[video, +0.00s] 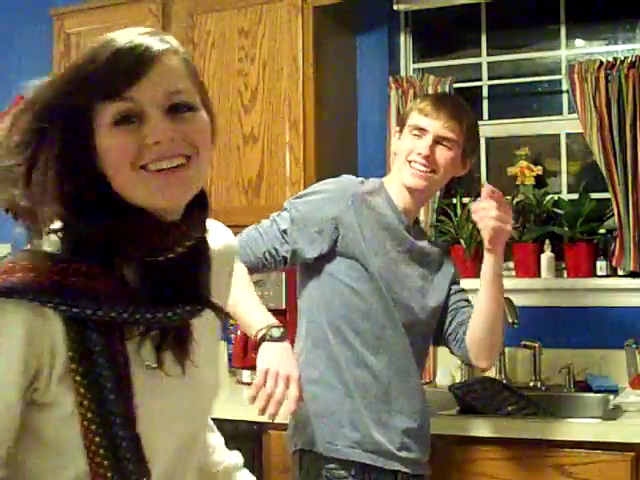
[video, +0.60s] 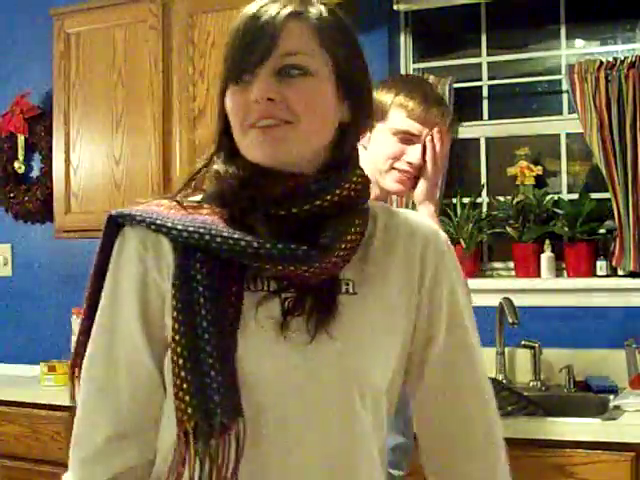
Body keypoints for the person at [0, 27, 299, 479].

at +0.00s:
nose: (163, 136)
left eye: (181, 108)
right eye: (127, 119)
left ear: (210, 124)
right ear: (87, 148)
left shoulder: (210, 265)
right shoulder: (26, 301)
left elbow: (189, 427)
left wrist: (234, 473)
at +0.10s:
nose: (195, 130)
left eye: (215, 104)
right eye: (162, 112)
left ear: (246, 124)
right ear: (122, 145)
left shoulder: (231, 279)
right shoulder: (61, 302)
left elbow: (225, 450)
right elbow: (9, 467)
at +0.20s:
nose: (237, 119)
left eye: (258, 95)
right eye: (205, 100)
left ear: (287, 119)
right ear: (165, 131)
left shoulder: (292, 266)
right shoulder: (98, 284)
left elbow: (273, 449)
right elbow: (40, 468)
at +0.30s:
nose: (261, 108)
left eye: (284, 85)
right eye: (230, 89)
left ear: (313, 109)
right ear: (193, 116)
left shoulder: (334, 263)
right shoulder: (119, 267)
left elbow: (330, 453)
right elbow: (90, 466)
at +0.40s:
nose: (265, 103)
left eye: (292, 79)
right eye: (238, 84)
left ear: (330, 104)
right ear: (210, 109)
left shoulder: (371, 260)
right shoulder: (136, 258)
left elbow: (374, 457)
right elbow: (108, 459)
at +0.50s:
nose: (275, 103)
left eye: (305, 79)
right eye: (251, 82)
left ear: (346, 102)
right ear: (226, 107)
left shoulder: (404, 253)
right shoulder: (151, 249)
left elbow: (413, 458)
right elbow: (110, 457)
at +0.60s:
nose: (260, 95)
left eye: (293, 71)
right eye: (244, 77)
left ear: (347, 101)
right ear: (225, 104)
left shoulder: (416, 252)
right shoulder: (156, 242)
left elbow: (467, 451)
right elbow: (108, 450)